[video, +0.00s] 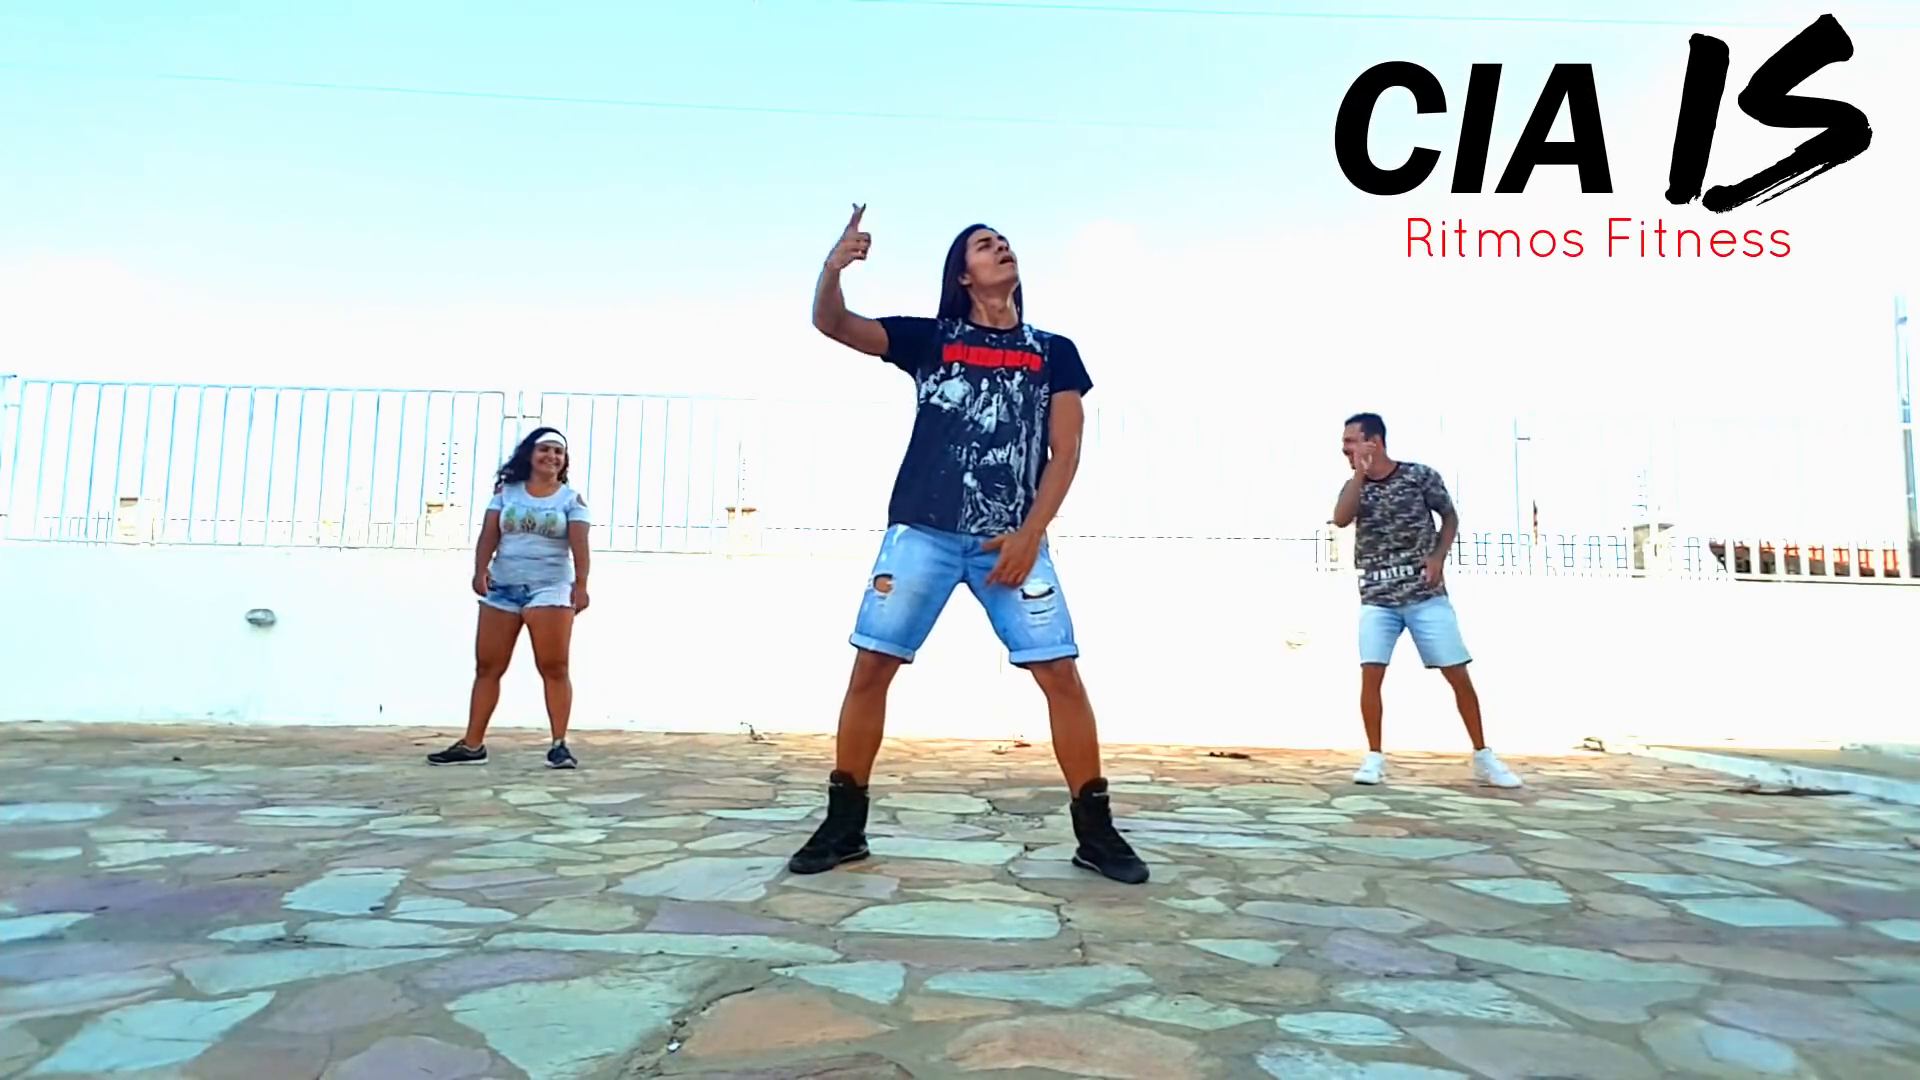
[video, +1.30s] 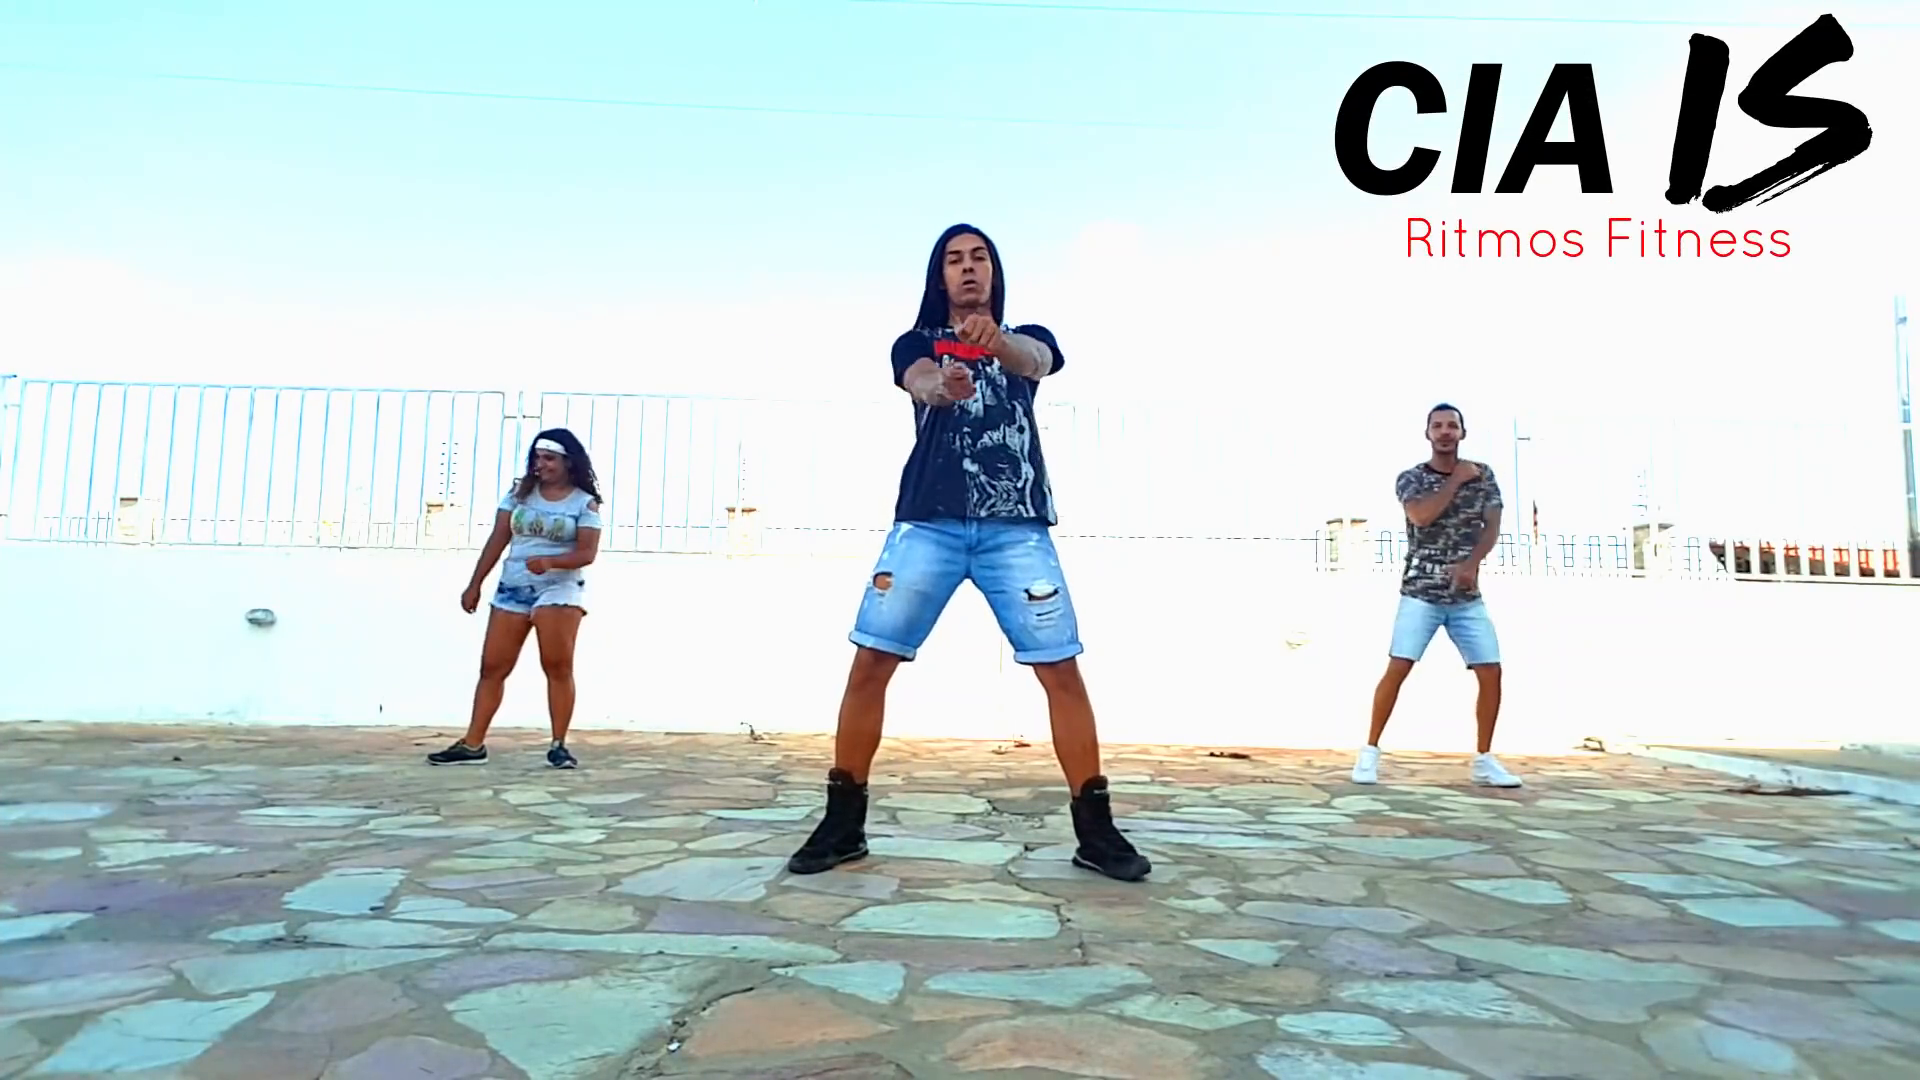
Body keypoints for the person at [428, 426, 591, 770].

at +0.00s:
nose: (550, 454)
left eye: (557, 451)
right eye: (544, 449)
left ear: (564, 460)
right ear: (528, 455)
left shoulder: (571, 500)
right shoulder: (506, 492)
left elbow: (580, 545)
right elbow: (489, 533)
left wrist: (581, 584)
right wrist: (481, 568)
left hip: (550, 589)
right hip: (501, 587)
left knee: (554, 668)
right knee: (487, 667)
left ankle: (559, 743)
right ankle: (472, 743)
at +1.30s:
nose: (543, 464)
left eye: (551, 458)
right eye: (538, 457)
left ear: (570, 462)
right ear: (533, 460)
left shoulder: (584, 504)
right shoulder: (518, 495)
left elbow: (587, 554)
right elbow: (497, 541)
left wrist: (551, 563)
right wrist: (475, 583)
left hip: (558, 591)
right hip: (513, 588)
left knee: (558, 667)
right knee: (492, 667)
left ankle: (558, 745)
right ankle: (472, 743)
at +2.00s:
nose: (505, 452)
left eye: (513, 447)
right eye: (498, 448)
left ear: (526, 456)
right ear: (490, 459)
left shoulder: (543, 494)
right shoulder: (481, 497)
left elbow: (564, 543)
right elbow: (467, 541)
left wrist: (583, 585)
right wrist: (468, 567)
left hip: (528, 590)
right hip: (481, 589)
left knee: (534, 668)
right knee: (470, 664)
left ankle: (555, 744)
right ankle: (471, 744)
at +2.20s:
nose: (510, 451)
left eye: (517, 446)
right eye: (503, 446)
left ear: (529, 455)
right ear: (492, 455)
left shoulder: (542, 493)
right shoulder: (477, 494)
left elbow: (555, 537)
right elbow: (460, 540)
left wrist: (547, 566)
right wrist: (440, 583)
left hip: (530, 590)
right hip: (480, 589)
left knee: (542, 668)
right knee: (474, 667)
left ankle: (558, 743)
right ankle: (471, 744)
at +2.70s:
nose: (521, 455)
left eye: (529, 450)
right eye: (515, 450)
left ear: (543, 458)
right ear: (507, 457)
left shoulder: (552, 494)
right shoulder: (491, 494)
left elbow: (560, 516)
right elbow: (477, 528)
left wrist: (552, 525)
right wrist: (472, 538)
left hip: (538, 585)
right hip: (492, 585)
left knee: (548, 666)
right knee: (478, 667)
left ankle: (559, 744)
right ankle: (471, 743)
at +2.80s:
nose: (520, 456)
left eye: (528, 451)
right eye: (514, 452)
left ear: (543, 458)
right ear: (507, 459)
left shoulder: (557, 494)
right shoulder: (494, 496)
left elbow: (560, 516)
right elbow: (484, 532)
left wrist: (548, 523)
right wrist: (471, 542)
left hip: (540, 587)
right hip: (491, 586)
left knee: (551, 668)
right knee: (478, 667)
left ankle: (558, 744)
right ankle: (471, 743)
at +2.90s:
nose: (519, 461)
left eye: (527, 455)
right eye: (514, 456)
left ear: (544, 461)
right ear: (508, 463)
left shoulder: (560, 496)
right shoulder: (500, 499)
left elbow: (560, 519)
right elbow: (485, 527)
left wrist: (541, 524)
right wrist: (475, 542)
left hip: (541, 591)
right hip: (491, 588)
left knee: (554, 669)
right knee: (476, 667)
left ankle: (558, 744)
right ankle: (471, 744)